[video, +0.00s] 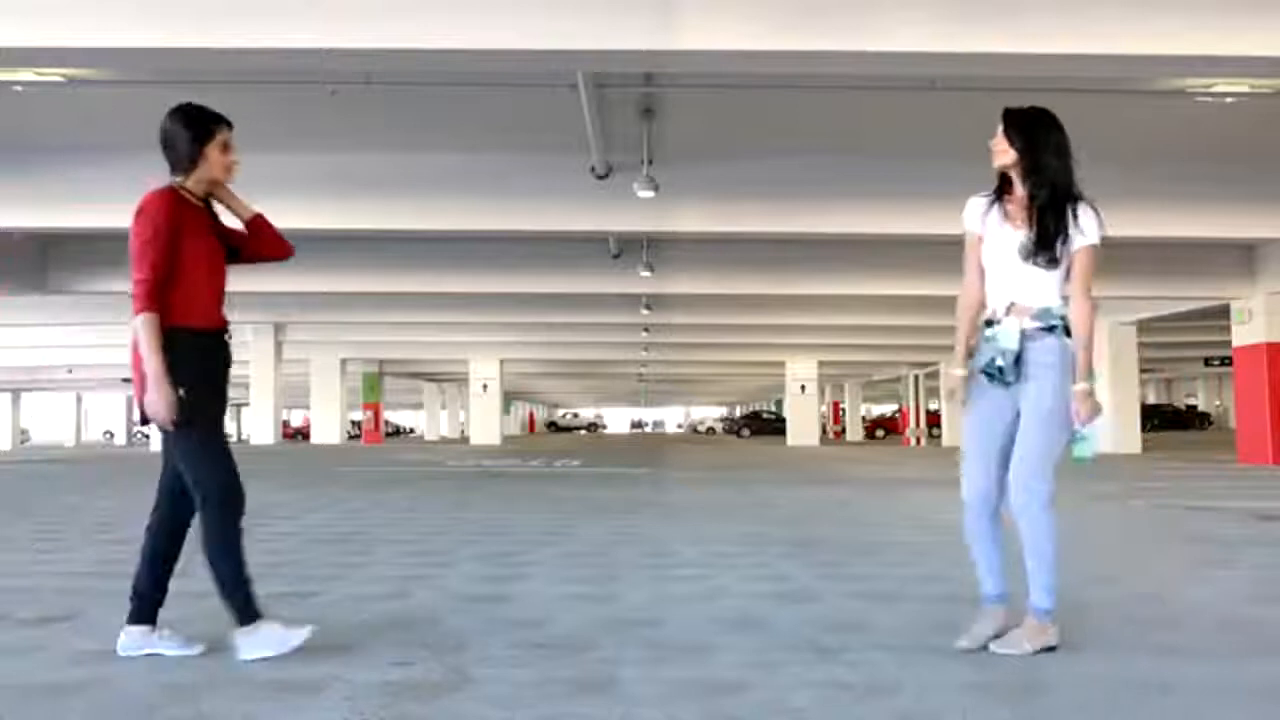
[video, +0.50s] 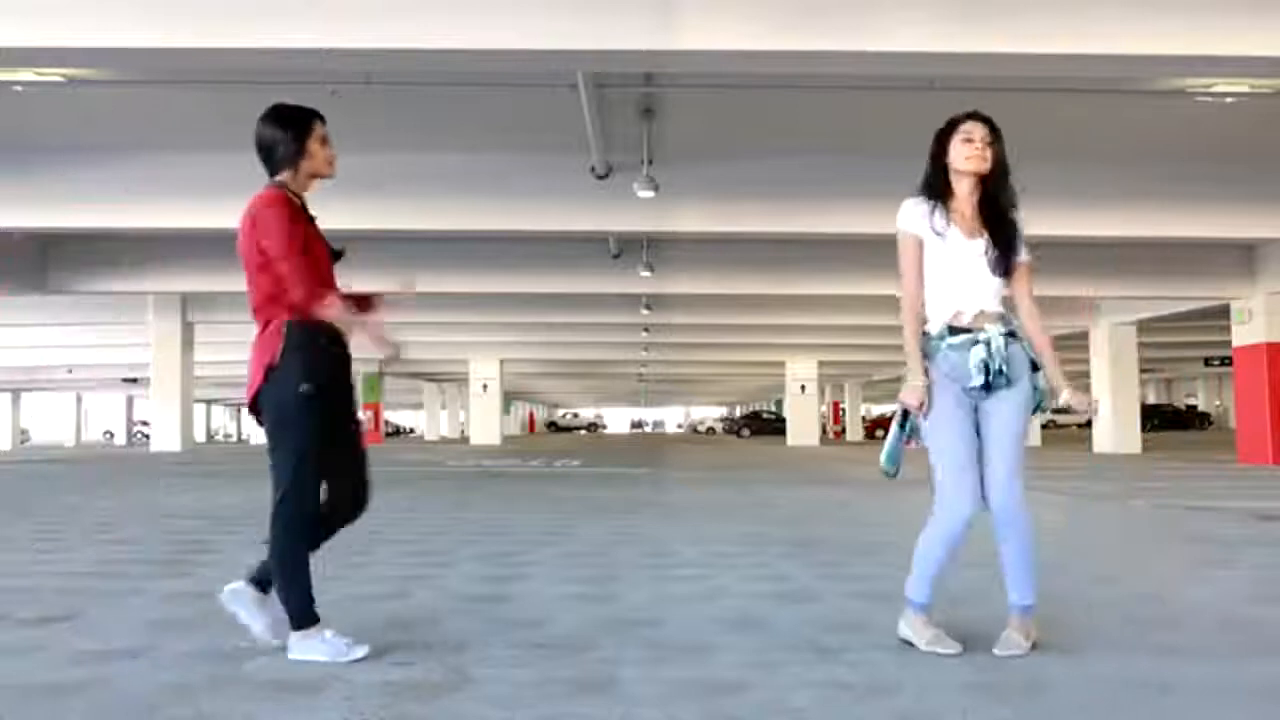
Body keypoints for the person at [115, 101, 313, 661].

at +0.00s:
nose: (234, 158)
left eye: (232, 147)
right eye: (226, 147)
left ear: (206, 154)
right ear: (196, 152)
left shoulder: (208, 224)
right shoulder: (159, 209)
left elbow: (277, 249)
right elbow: (144, 297)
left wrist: (231, 199)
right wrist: (156, 380)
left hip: (208, 358)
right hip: (175, 358)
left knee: (176, 499)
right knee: (220, 492)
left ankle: (140, 626)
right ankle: (250, 627)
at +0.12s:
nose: (258, 159)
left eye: (256, 150)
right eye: (250, 150)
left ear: (229, 158)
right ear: (221, 157)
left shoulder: (232, 225)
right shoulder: (191, 213)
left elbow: (294, 269)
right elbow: (179, 300)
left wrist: (257, 214)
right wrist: (187, 384)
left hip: (233, 363)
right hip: (205, 364)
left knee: (192, 499)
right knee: (247, 494)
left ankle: (140, 626)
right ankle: (296, 627)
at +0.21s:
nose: (275, 157)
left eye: (272, 147)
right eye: (266, 148)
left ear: (241, 159)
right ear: (239, 156)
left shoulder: (248, 220)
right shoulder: (211, 212)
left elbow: (302, 283)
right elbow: (203, 305)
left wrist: (275, 225)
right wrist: (214, 387)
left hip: (258, 362)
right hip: (230, 364)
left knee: (210, 500)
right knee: (265, 496)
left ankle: (144, 618)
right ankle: (303, 630)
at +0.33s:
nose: (299, 150)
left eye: (296, 140)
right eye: (289, 141)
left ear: (266, 151)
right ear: (261, 151)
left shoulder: (272, 214)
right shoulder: (238, 211)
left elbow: (300, 302)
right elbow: (236, 305)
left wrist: (307, 247)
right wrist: (276, 376)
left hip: (290, 359)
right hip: (259, 362)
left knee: (269, 499)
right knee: (279, 499)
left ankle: (169, 599)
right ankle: (304, 630)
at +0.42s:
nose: (315, 149)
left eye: (312, 139)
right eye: (305, 140)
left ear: (281, 151)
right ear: (277, 151)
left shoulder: (286, 214)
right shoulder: (256, 212)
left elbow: (294, 292)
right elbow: (257, 302)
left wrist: (326, 276)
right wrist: (319, 356)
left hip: (307, 364)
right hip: (278, 366)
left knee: (314, 497)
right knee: (287, 496)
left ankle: (205, 584)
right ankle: (304, 630)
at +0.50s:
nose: (333, 151)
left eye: (329, 142)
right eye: (324, 142)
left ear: (294, 152)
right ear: (298, 150)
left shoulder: (297, 213)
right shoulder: (271, 207)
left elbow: (312, 296)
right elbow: (300, 289)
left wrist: (367, 300)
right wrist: (355, 322)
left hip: (321, 356)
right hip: (291, 356)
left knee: (348, 495)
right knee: (295, 493)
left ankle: (257, 587)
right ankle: (304, 630)